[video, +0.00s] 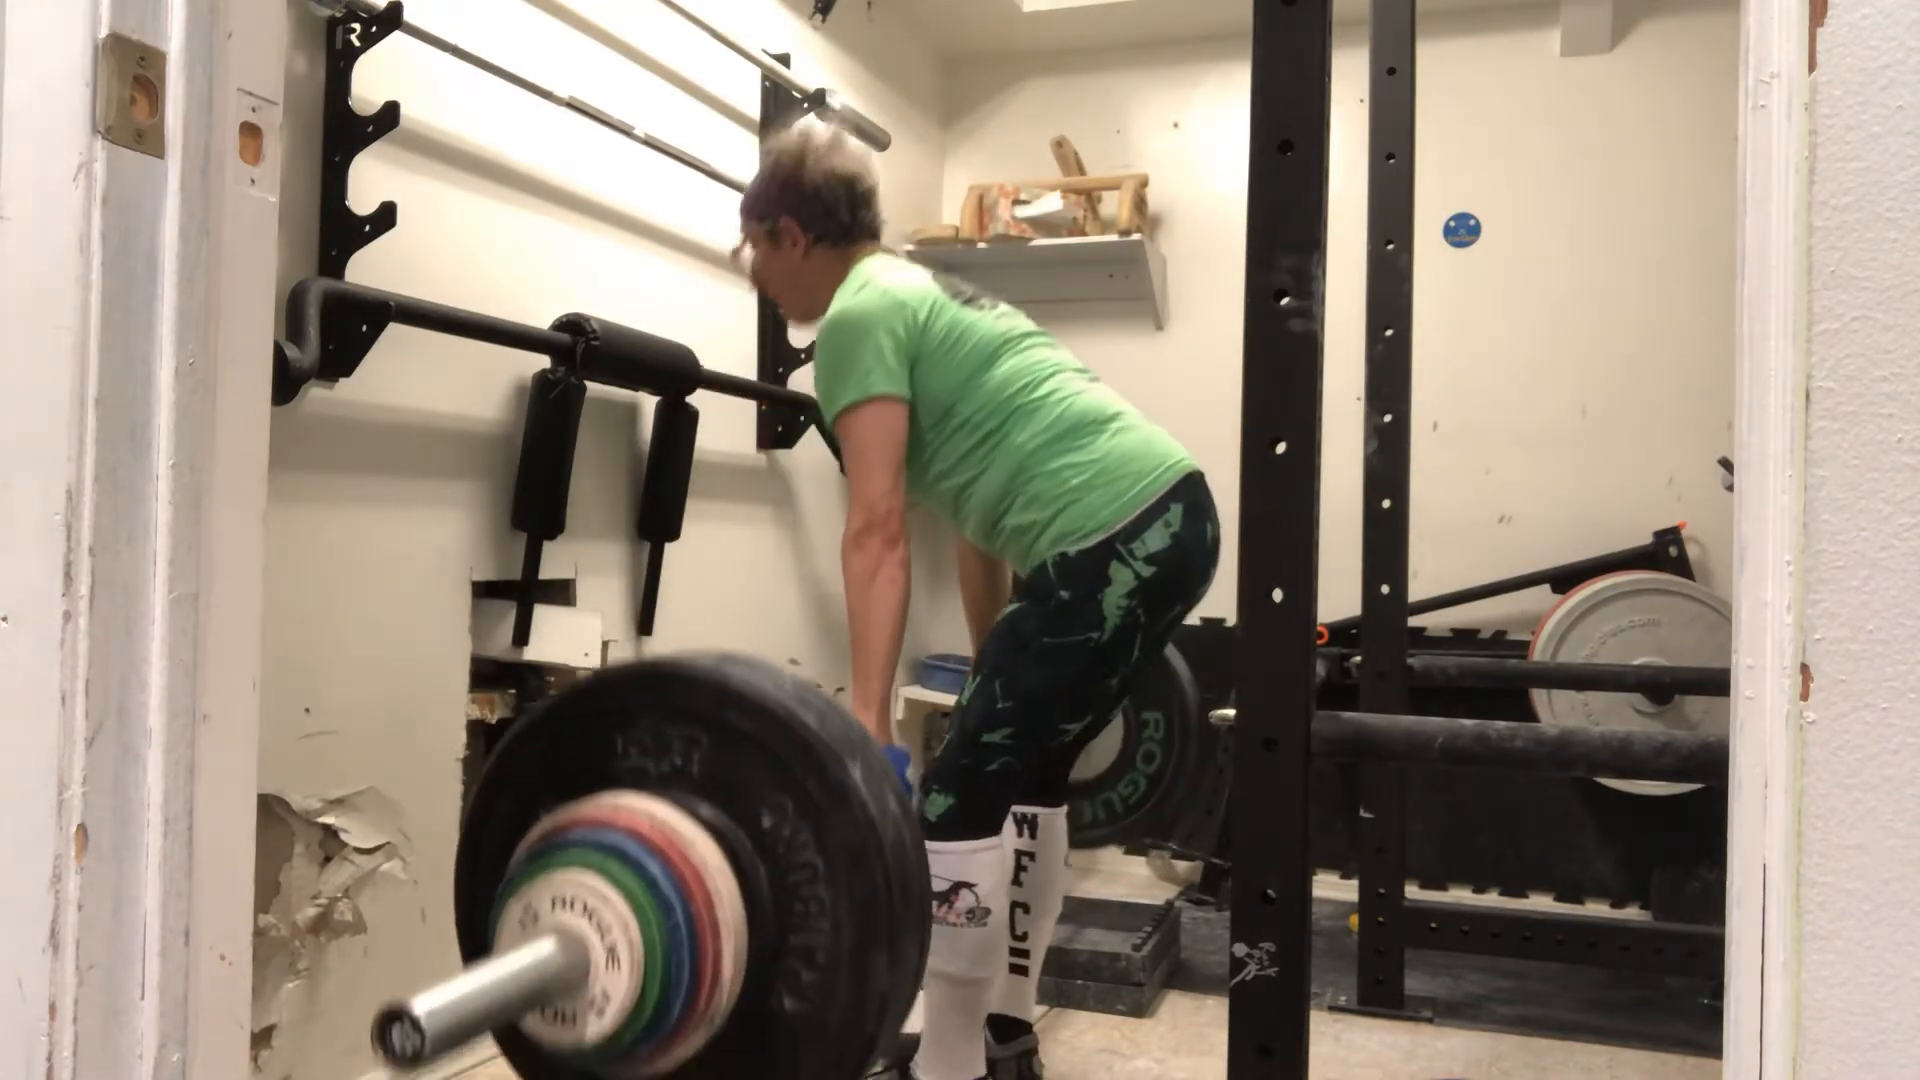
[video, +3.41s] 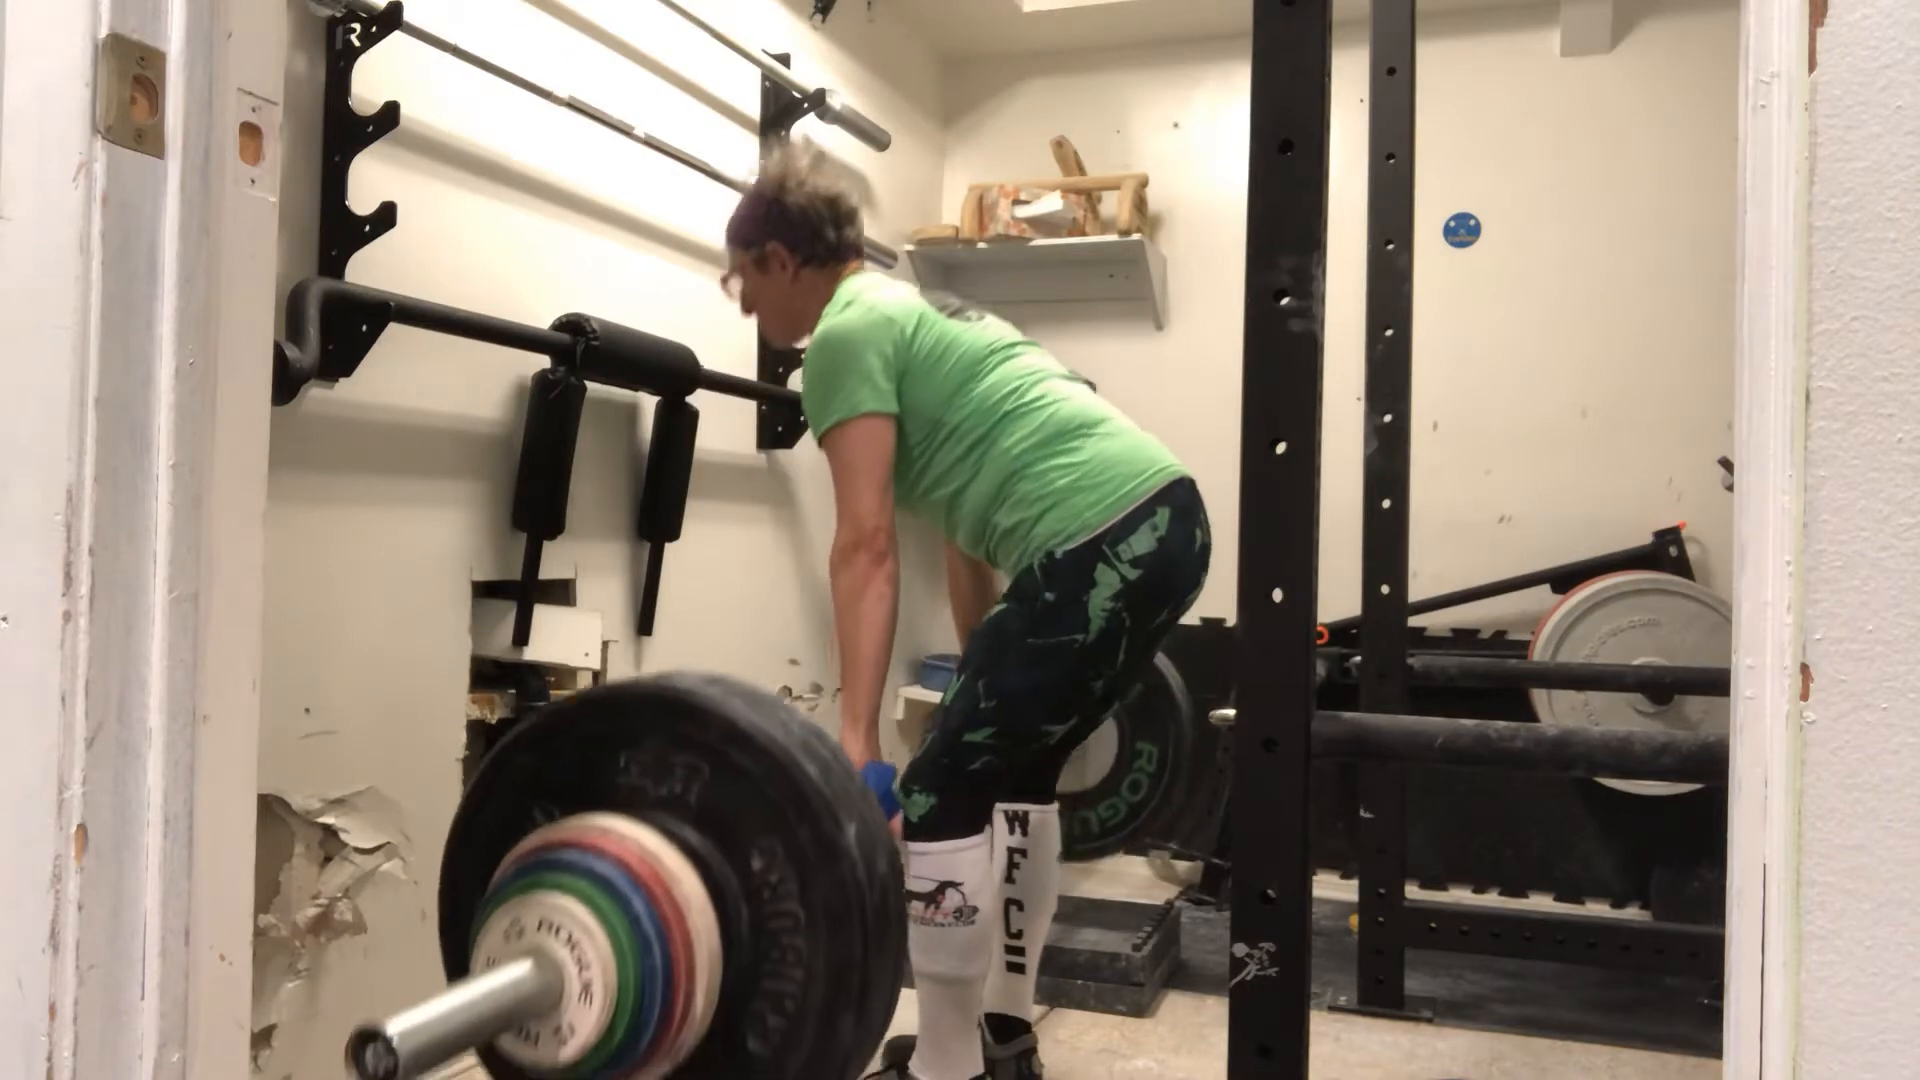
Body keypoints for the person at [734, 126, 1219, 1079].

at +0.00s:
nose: (751, 266)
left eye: (754, 242)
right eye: (749, 244)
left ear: (796, 235)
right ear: (843, 229)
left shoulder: (862, 312)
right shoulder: (922, 297)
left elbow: (877, 534)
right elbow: (981, 527)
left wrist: (868, 727)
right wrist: (992, 681)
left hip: (1111, 535)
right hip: (1160, 512)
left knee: (958, 800)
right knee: (1028, 780)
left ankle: (946, 1062)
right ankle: (1006, 1024)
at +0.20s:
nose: (783, 169)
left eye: (792, 143)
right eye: (785, 145)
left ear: (838, 140)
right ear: (879, 142)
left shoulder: (886, 243)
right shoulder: (945, 227)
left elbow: (891, 461)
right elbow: (996, 435)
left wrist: (870, 653)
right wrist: (991, 599)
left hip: (1077, 524)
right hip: (1129, 502)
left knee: (957, 772)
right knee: (1018, 755)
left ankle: (947, 1062)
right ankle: (1005, 1017)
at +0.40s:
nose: (873, 70)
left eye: (885, 44)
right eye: (871, 48)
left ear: (944, 33)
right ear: (964, 38)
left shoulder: (951, 150)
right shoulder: (1021, 145)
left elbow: (925, 365)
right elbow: (1026, 345)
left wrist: (875, 550)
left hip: (999, 498)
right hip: (1071, 483)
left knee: (961, 784)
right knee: (1026, 757)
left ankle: (950, 1057)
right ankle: (1003, 1020)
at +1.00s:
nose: (784, 172)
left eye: (791, 145)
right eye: (782, 150)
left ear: (846, 130)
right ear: (863, 133)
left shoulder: (880, 230)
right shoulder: (935, 217)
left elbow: (883, 441)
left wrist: (856, 624)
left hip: (1050, 520)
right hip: (1101, 500)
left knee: (916, 769)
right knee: (995, 763)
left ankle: (941, 1061)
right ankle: (999, 1022)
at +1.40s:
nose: (711, 318)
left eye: (717, 293)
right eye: (709, 297)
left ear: (761, 282)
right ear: (790, 277)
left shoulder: (821, 351)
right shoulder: (881, 339)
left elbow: (850, 562)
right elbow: (950, 538)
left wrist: (838, 758)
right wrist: (973, 683)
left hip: (1083, 552)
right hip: (1137, 526)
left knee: (913, 798)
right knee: (1004, 779)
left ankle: (942, 1063)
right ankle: (1001, 1028)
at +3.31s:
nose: (730, 324)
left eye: (733, 300)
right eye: (727, 304)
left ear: (776, 285)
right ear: (810, 279)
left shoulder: (839, 353)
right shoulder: (905, 335)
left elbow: (861, 573)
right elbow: (964, 558)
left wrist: (855, 760)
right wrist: (979, 694)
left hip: (1098, 551)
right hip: (1156, 524)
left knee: (930, 801)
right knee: (1015, 779)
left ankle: (943, 1063)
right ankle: (1003, 1027)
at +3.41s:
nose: (738, 295)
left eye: (741, 271)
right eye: (736, 275)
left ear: (783, 258)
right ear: (818, 252)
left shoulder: (849, 329)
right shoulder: (917, 315)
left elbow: (865, 551)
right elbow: (970, 545)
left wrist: (859, 744)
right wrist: (982, 696)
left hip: (1098, 538)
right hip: (1153, 517)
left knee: (937, 796)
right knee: (1017, 778)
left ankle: (943, 1064)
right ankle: (1003, 1028)